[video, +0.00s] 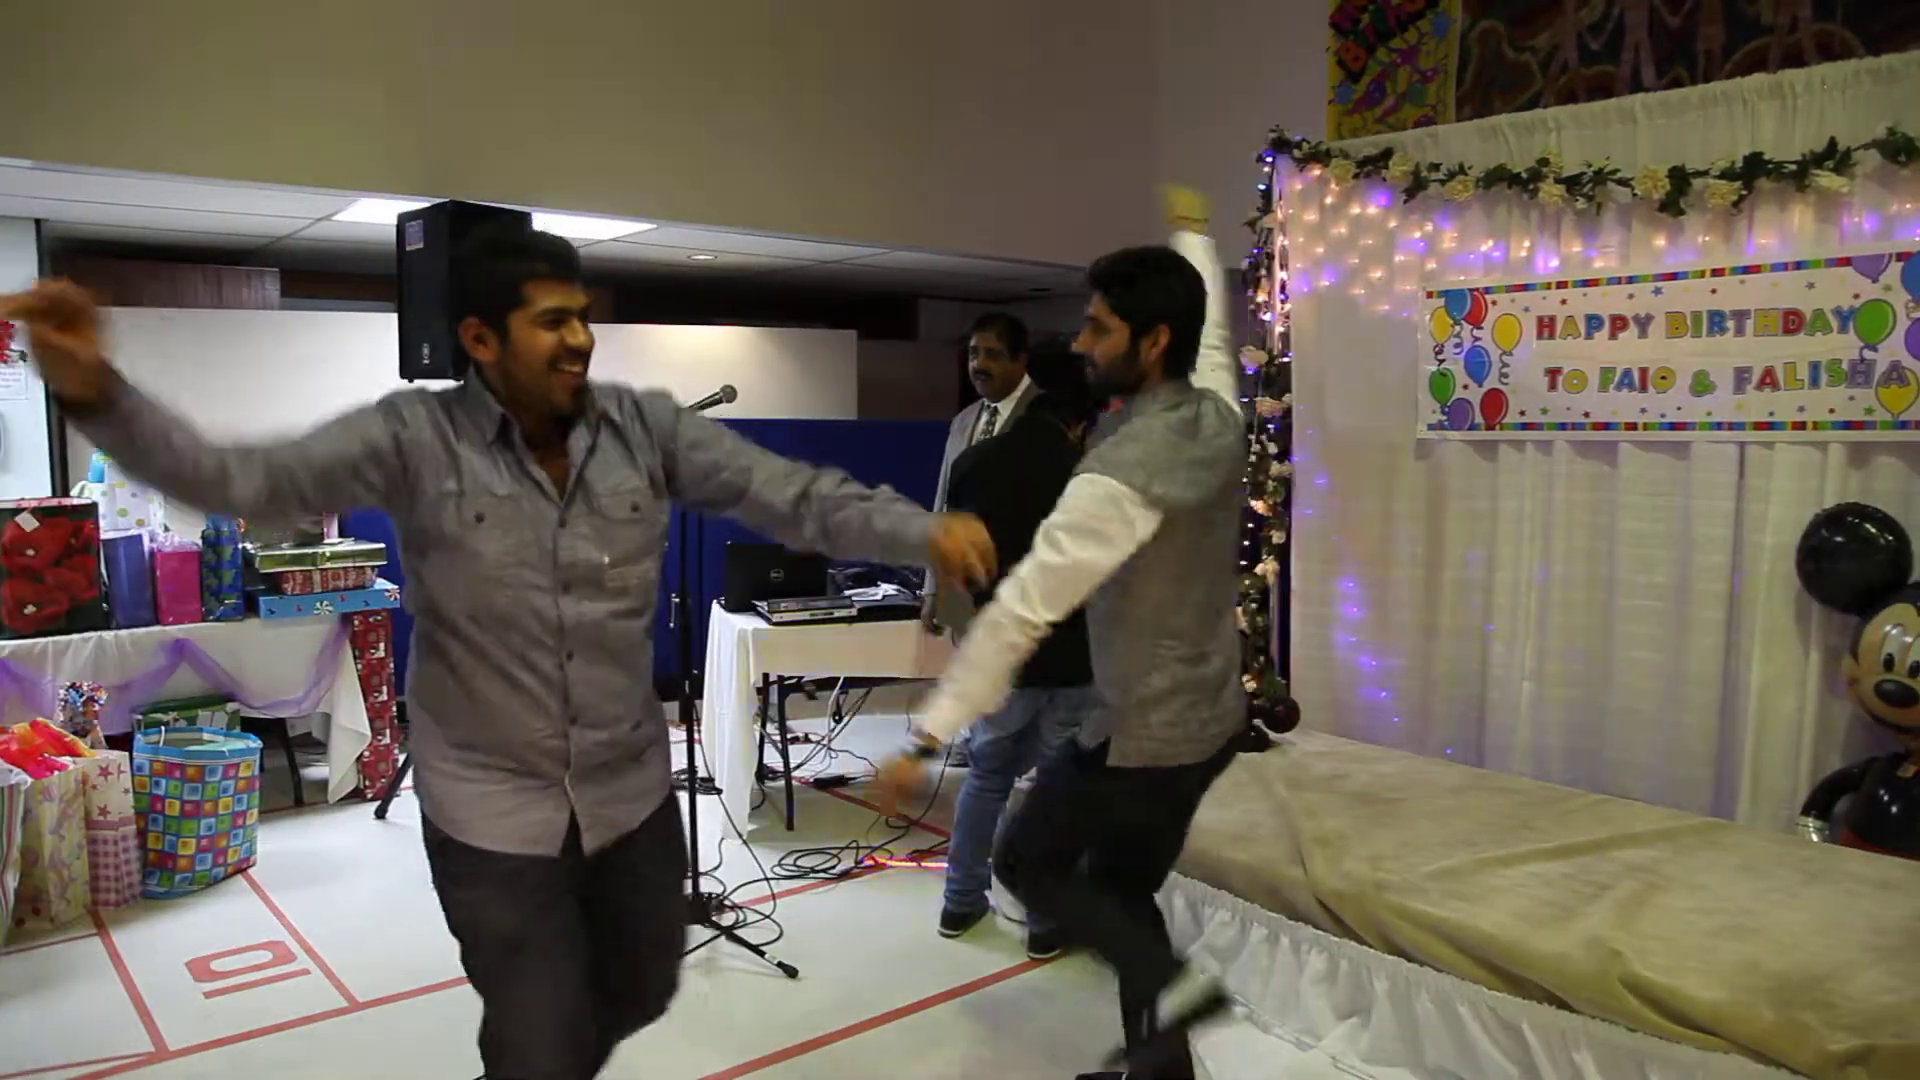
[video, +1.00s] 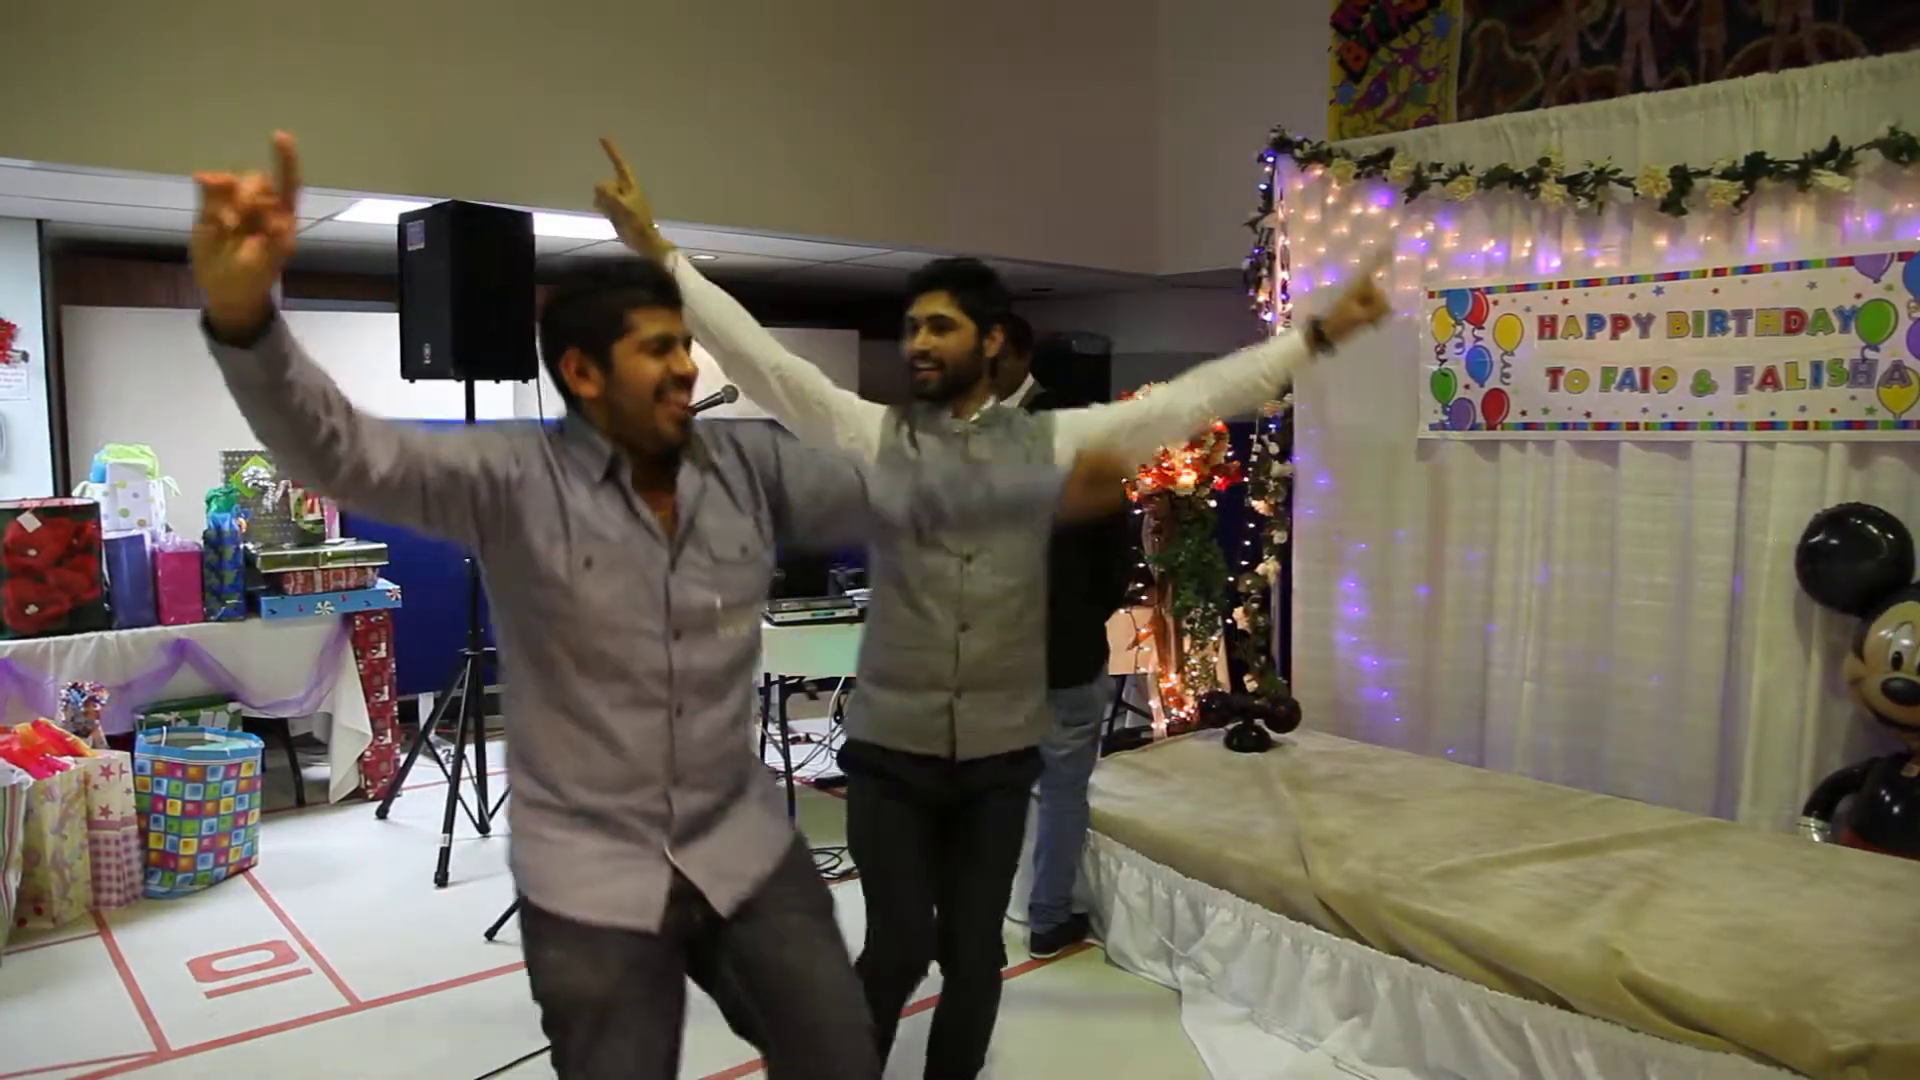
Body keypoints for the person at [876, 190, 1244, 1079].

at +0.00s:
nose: (1083, 339)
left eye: (1100, 327)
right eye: (1088, 323)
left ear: (1154, 341)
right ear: (1171, 343)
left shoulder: (1124, 466)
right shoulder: (1214, 419)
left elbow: (1028, 602)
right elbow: (1205, 341)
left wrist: (927, 739)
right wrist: (1196, 243)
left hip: (1158, 725)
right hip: (1210, 710)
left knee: (1028, 860)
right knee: (1123, 888)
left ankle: (1171, 978)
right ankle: (1154, 1053)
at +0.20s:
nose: (1062, 338)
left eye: (1080, 325)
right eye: (1064, 322)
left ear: (1133, 339)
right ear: (1127, 337)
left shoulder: (1118, 472)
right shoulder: (1161, 401)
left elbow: (1094, 640)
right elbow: (1091, 299)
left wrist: (1067, 799)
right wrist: (1046, 220)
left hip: (1127, 724)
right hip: (1165, 701)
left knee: (1028, 872)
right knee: (1104, 883)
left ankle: (1134, 998)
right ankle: (1152, 1046)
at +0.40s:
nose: (1035, 338)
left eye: (1054, 325)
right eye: (1034, 323)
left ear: (1108, 337)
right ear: (1040, 331)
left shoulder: (1124, 462)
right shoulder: (1050, 399)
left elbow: (1170, 595)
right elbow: (982, 328)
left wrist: (1239, 745)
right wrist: (909, 235)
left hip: (1071, 727)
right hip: (1075, 714)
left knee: (977, 896)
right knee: (1080, 897)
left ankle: (1011, 1062)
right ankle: (1159, 1060)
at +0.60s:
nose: (990, 342)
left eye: (1014, 330)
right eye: (991, 327)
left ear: (1071, 349)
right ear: (992, 335)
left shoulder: (1116, 457)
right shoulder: (984, 427)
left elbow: (1224, 505)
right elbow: (889, 357)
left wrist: (1364, 556)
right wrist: (788, 265)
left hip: (1053, 744)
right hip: (975, 724)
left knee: (961, 926)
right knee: (898, 886)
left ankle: (995, 1074)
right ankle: (1045, 922)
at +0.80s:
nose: (963, 329)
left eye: (984, 313)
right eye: (958, 313)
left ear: (1039, 325)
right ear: (957, 325)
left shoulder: (1087, 431)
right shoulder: (927, 414)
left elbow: (1220, 419)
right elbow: (811, 344)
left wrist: (1375, 402)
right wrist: (694, 250)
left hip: (1026, 731)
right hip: (923, 709)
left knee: (966, 929)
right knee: (867, 886)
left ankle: (981, 1071)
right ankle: (914, 960)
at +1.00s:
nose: (921, 344)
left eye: (940, 327)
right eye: (912, 329)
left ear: (991, 337)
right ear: (908, 344)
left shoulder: (1050, 439)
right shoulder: (877, 436)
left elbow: (1174, 406)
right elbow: (759, 360)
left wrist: (1308, 337)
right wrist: (656, 251)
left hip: (999, 746)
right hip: (888, 746)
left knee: (974, 964)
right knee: (898, 953)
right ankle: (839, 1071)